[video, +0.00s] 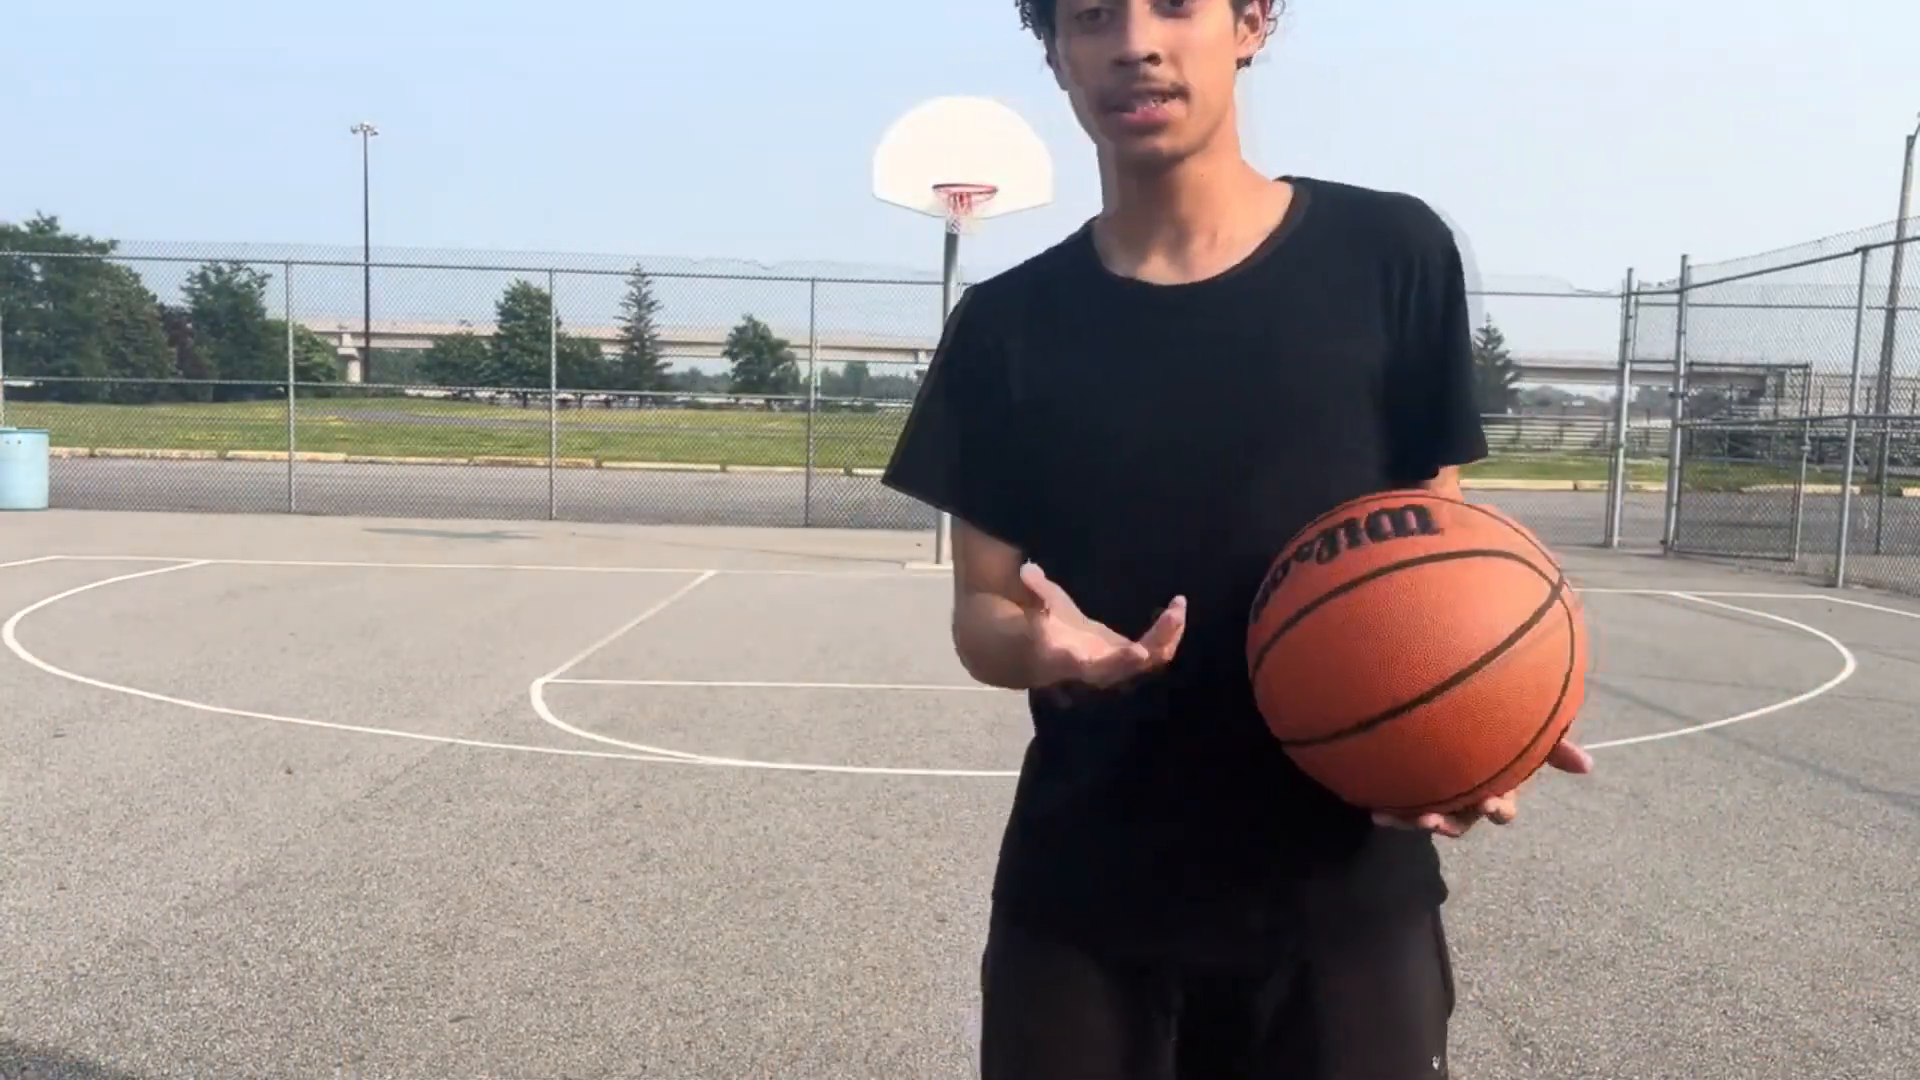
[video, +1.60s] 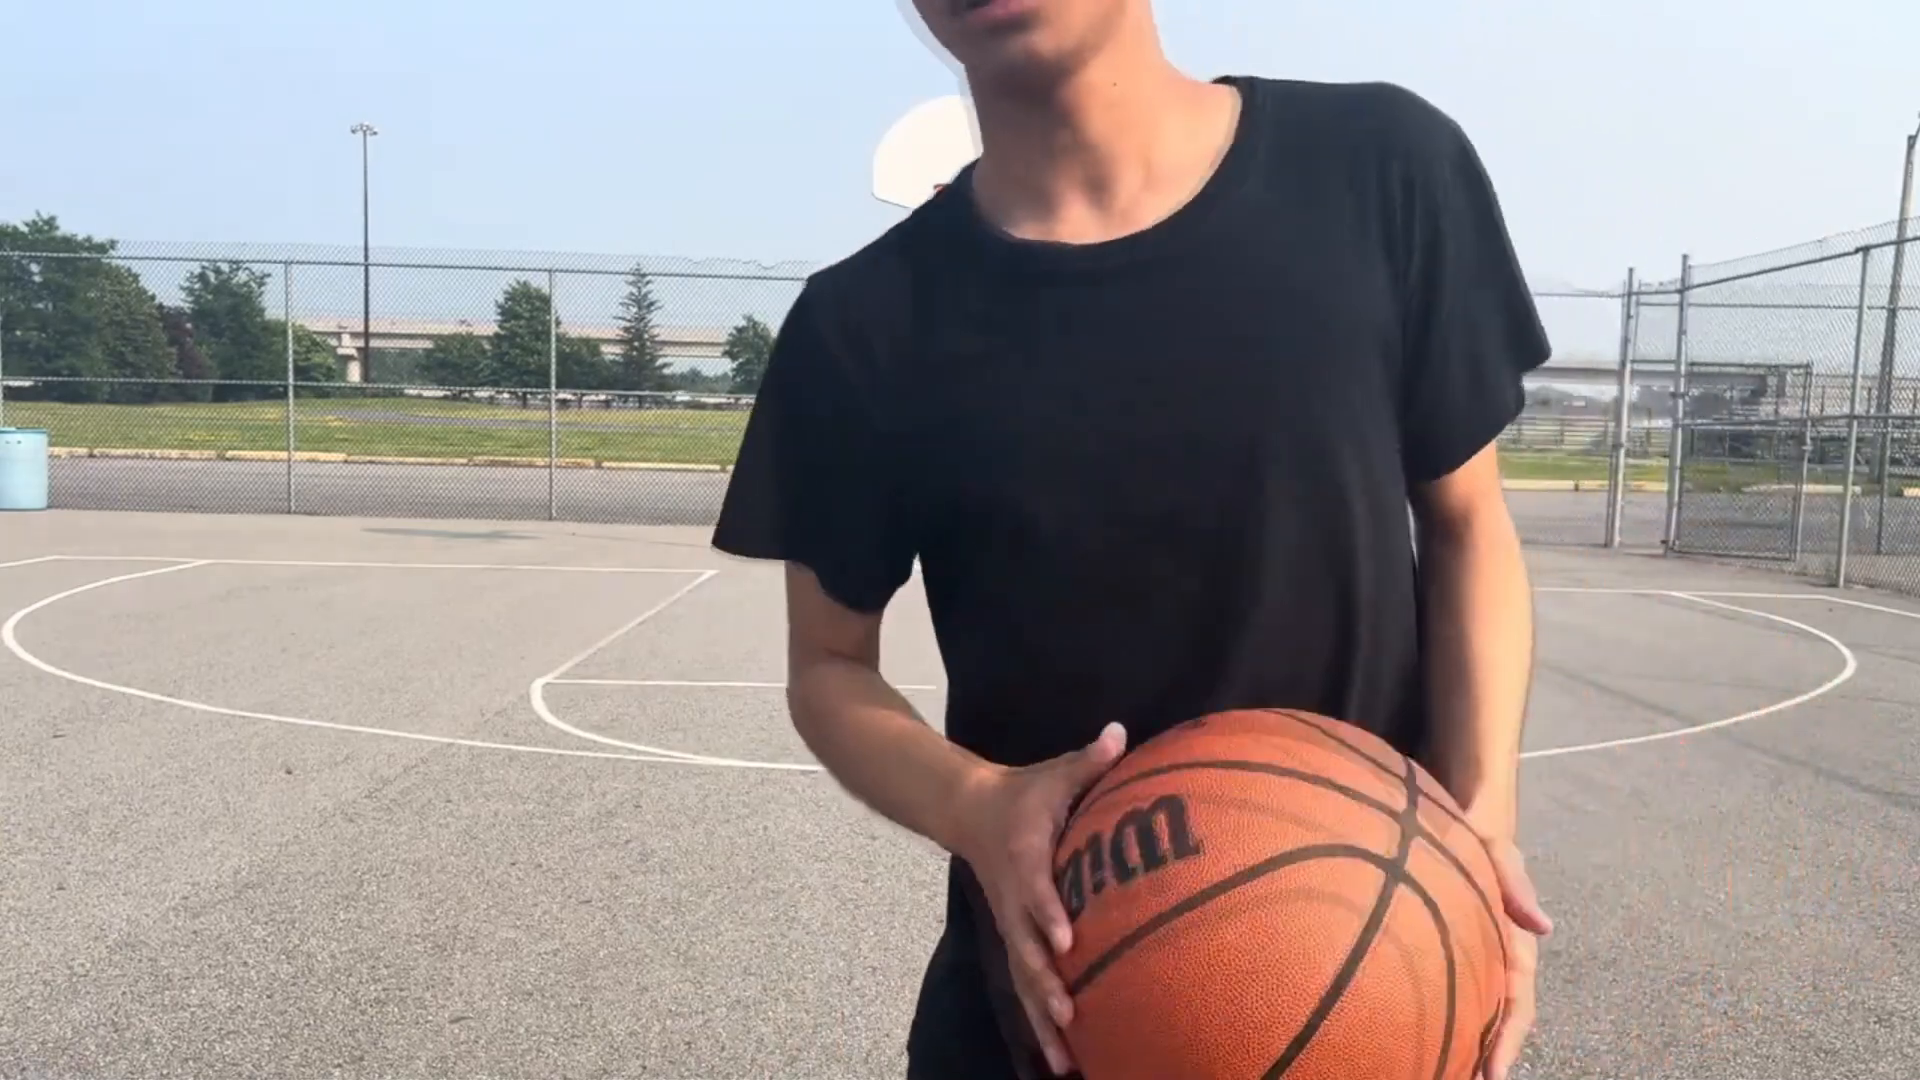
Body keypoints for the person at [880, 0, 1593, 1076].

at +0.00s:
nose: (1138, 43)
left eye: (1177, 4)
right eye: (1096, 13)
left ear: (1250, 25)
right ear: (1054, 50)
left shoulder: (1393, 254)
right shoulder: (1004, 324)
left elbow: (1436, 537)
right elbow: (979, 608)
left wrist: (1466, 714)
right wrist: (1038, 645)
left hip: (1346, 886)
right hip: (1089, 897)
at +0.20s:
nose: (1270, 32)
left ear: (1391, 15)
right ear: (1187, 28)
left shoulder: (1513, 284)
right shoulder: (1088, 293)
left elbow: (1549, 590)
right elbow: (1019, 576)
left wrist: (1564, 761)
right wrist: (1065, 635)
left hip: (1415, 934)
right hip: (1133, 935)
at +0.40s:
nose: (1409, 13)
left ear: (1540, 9)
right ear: (1324, 16)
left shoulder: (1640, 307)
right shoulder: (1183, 278)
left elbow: (1635, 621)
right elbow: (1067, 569)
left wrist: (1648, 812)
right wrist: (1170, 731)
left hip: (1475, 981)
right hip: (1173, 970)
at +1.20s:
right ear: (1180, 0)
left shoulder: (1556, 240)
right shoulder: (1054, 265)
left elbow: (1522, 611)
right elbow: (943, 636)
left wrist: (1627, 889)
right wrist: (1212, 763)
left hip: (1442, 1020)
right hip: (1124, 1017)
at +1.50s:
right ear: (983, 0)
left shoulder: (1420, 173)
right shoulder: (893, 297)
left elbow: (1472, 516)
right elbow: (831, 653)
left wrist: (1516, 771)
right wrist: (1005, 768)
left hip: (1391, 972)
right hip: (1046, 999)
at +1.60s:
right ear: (909, 8)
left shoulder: (1387, 167)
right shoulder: (861, 323)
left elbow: (1470, 524)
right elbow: (827, 666)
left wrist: (1477, 820)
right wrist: (974, 805)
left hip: (1371, 947)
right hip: (1036, 987)